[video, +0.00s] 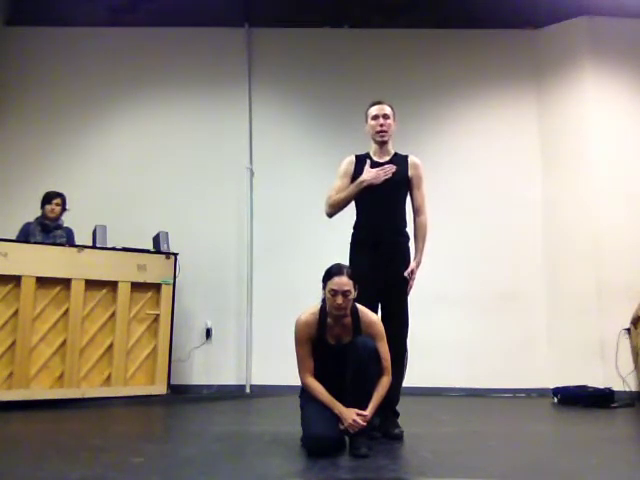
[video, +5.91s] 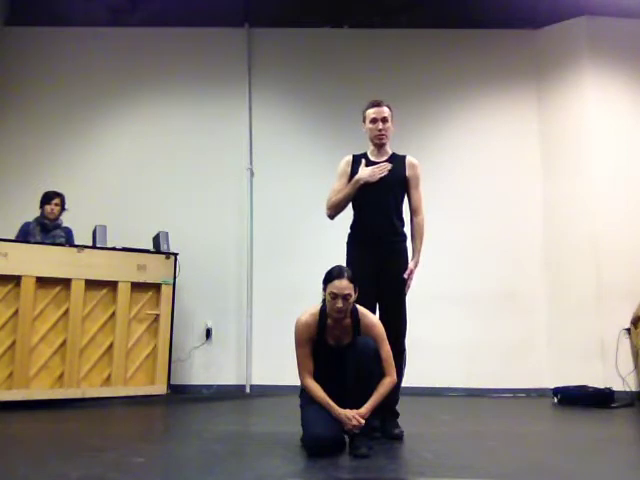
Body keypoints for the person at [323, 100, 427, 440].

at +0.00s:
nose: (381, 122)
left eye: (387, 117)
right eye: (376, 117)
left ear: (395, 124)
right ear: (366, 126)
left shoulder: (411, 166)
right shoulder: (353, 164)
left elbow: (420, 215)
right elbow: (331, 207)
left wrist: (417, 260)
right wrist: (363, 182)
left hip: (396, 258)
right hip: (362, 257)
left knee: (395, 339)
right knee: (359, 337)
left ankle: (388, 415)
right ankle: (359, 416)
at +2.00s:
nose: (381, 125)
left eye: (386, 119)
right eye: (375, 120)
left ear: (394, 125)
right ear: (366, 127)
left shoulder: (409, 166)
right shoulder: (353, 164)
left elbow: (419, 215)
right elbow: (333, 205)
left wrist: (416, 259)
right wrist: (365, 176)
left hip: (394, 257)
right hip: (362, 257)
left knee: (395, 337)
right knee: (359, 336)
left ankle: (388, 415)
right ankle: (358, 416)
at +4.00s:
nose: (383, 126)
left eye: (387, 120)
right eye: (377, 121)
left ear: (395, 125)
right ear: (366, 126)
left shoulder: (410, 166)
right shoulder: (353, 163)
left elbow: (418, 215)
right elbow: (333, 206)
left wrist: (416, 260)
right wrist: (365, 177)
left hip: (394, 257)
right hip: (361, 256)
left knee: (394, 337)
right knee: (358, 336)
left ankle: (388, 415)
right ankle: (359, 416)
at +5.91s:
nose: (380, 126)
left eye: (385, 120)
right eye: (374, 121)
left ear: (393, 125)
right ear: (364, 127)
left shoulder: (408, 166)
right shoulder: (351, 164)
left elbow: (417, 215)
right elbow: (331, 209)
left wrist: (415, 258)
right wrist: (359, 180)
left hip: (393, 256)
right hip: (360, 256)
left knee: (394, 337)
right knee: (359, 336)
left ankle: (389, 415)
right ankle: (360, 416)